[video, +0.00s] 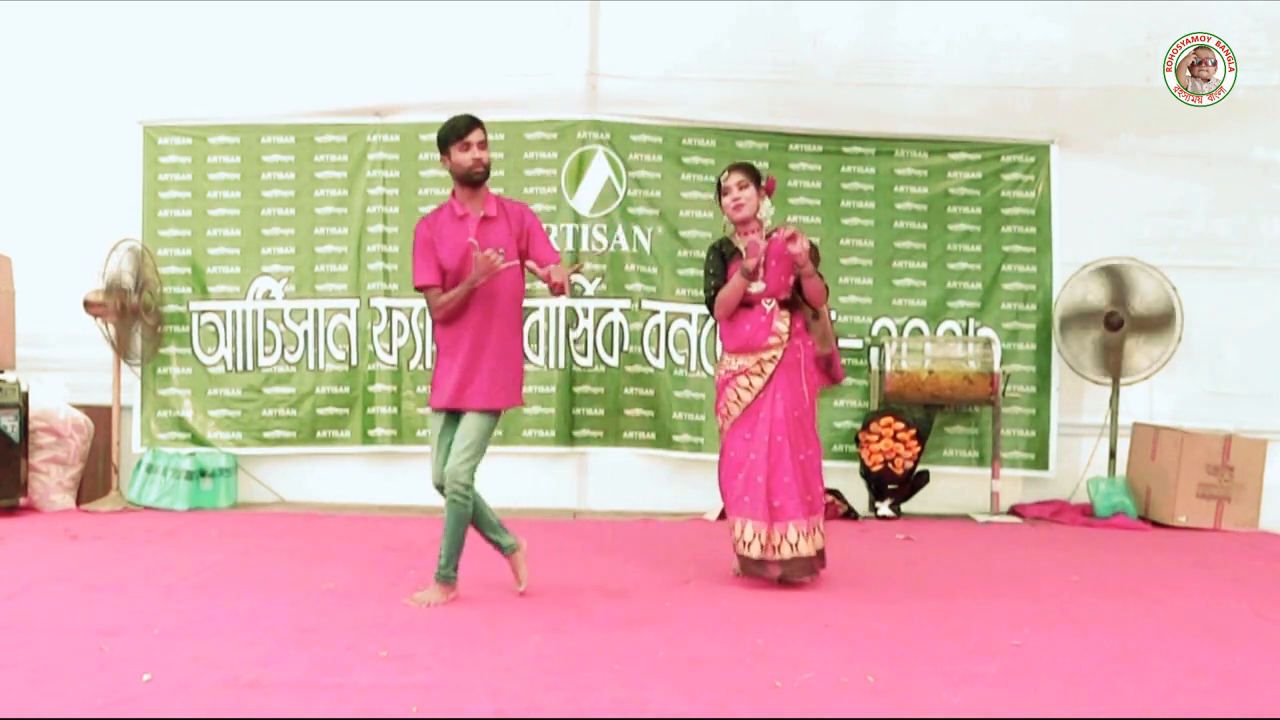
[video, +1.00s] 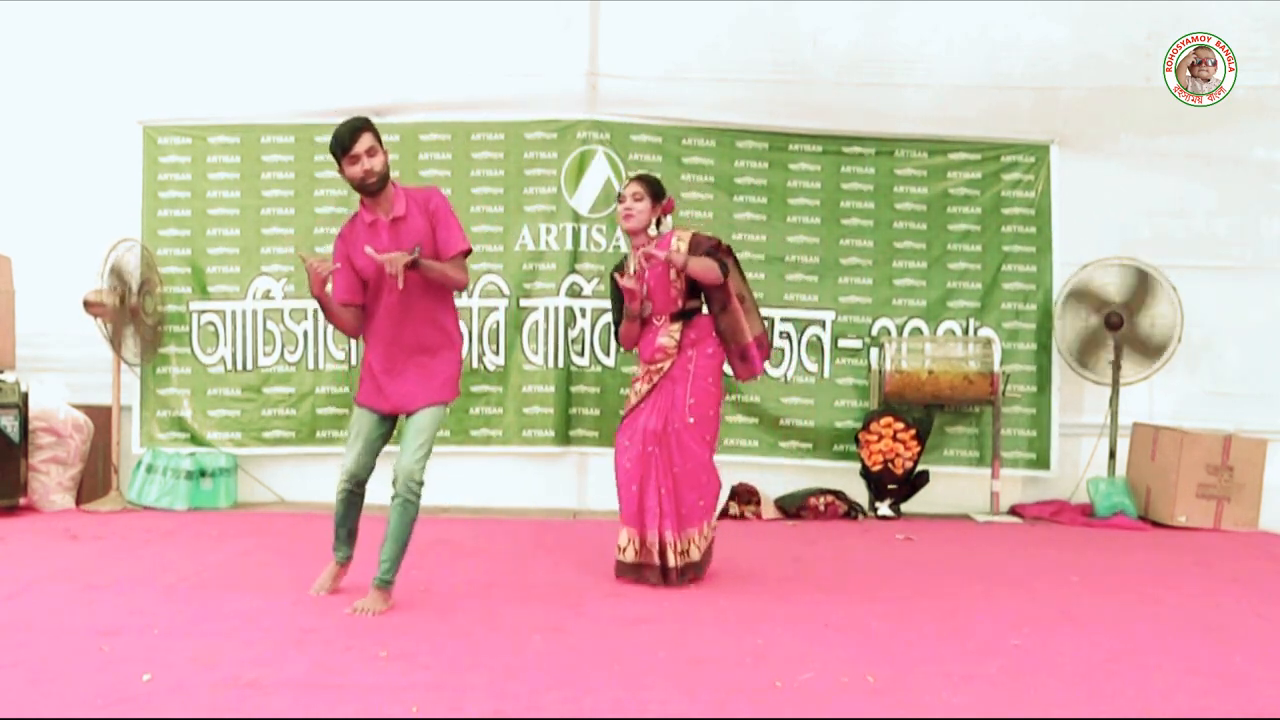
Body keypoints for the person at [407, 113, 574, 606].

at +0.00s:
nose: (478, 154)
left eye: (483, 145)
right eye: (467, 147)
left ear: (491, 152)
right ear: (446, 159)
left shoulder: (518, 217)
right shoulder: (430, 228)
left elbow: (553, 270)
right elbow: (438, 309)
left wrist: (556, 277)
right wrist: (472, 279)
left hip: (497, 367)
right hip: (451, 368)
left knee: (458, 475)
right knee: (443, 478)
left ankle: (445, 581)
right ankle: (511, 548)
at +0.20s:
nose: (434, 149)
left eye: (438, 139)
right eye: (422, 143)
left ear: (446, 142)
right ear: (402, 153)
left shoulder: (477, 199)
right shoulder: (391, 218)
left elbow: (534, 255)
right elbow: (397, 296)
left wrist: (514, 241)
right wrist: (424, 255)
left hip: (464, 357)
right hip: (416, 358)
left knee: (440, 465)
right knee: (393, 461)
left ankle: (444, 579)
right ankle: (421, 546)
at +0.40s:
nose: (387, 146)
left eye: (392, 135)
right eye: (375, 141)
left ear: (403, 136)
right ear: (360, 152)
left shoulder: (440, 189)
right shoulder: (355, 211)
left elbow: (500, 243)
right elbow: (367, 288)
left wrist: (481, 219)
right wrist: (384, 243)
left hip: (430, 345)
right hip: (382, 347)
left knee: (394, 459)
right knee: (382, 463)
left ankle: (367, 573)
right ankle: (404, 555)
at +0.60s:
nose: (355, 163)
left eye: (360, 152)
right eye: (342, 159)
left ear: (373, 155)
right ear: (330, 172)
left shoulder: (415, 207)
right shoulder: (330, 234)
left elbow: (467, 265)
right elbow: (343, 319)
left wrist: (436, 252)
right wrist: (346, 283)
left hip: (405, 367)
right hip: (355, 367)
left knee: (367, 473)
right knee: (329, 469)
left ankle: (349, 580)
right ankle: (363, 540)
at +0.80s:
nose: (347, 155)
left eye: (352, 143)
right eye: (335, 151)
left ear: (364, 143)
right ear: (322, 164)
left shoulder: (407, 190)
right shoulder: (326, 224)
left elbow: (451, 255)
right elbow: (321, 307)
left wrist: (412, 237)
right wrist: (300, 265)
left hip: (415, 350)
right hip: (363, 353)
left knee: (387, 457)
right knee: (343, 460)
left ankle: (365, 570)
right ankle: (333, 562)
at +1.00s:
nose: (367, 165)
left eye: (372, 152)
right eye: (354, 160)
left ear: (386, 152)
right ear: (343, 172)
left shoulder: (429, 202)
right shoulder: (350, 236)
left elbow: (460, 277)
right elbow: (353, 325)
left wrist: (415, 260)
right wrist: (321, 293)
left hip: (435, 362)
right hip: (380, 365)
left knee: (408, 474)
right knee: (352, 473)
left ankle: (382, 587)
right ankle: (340, 559)